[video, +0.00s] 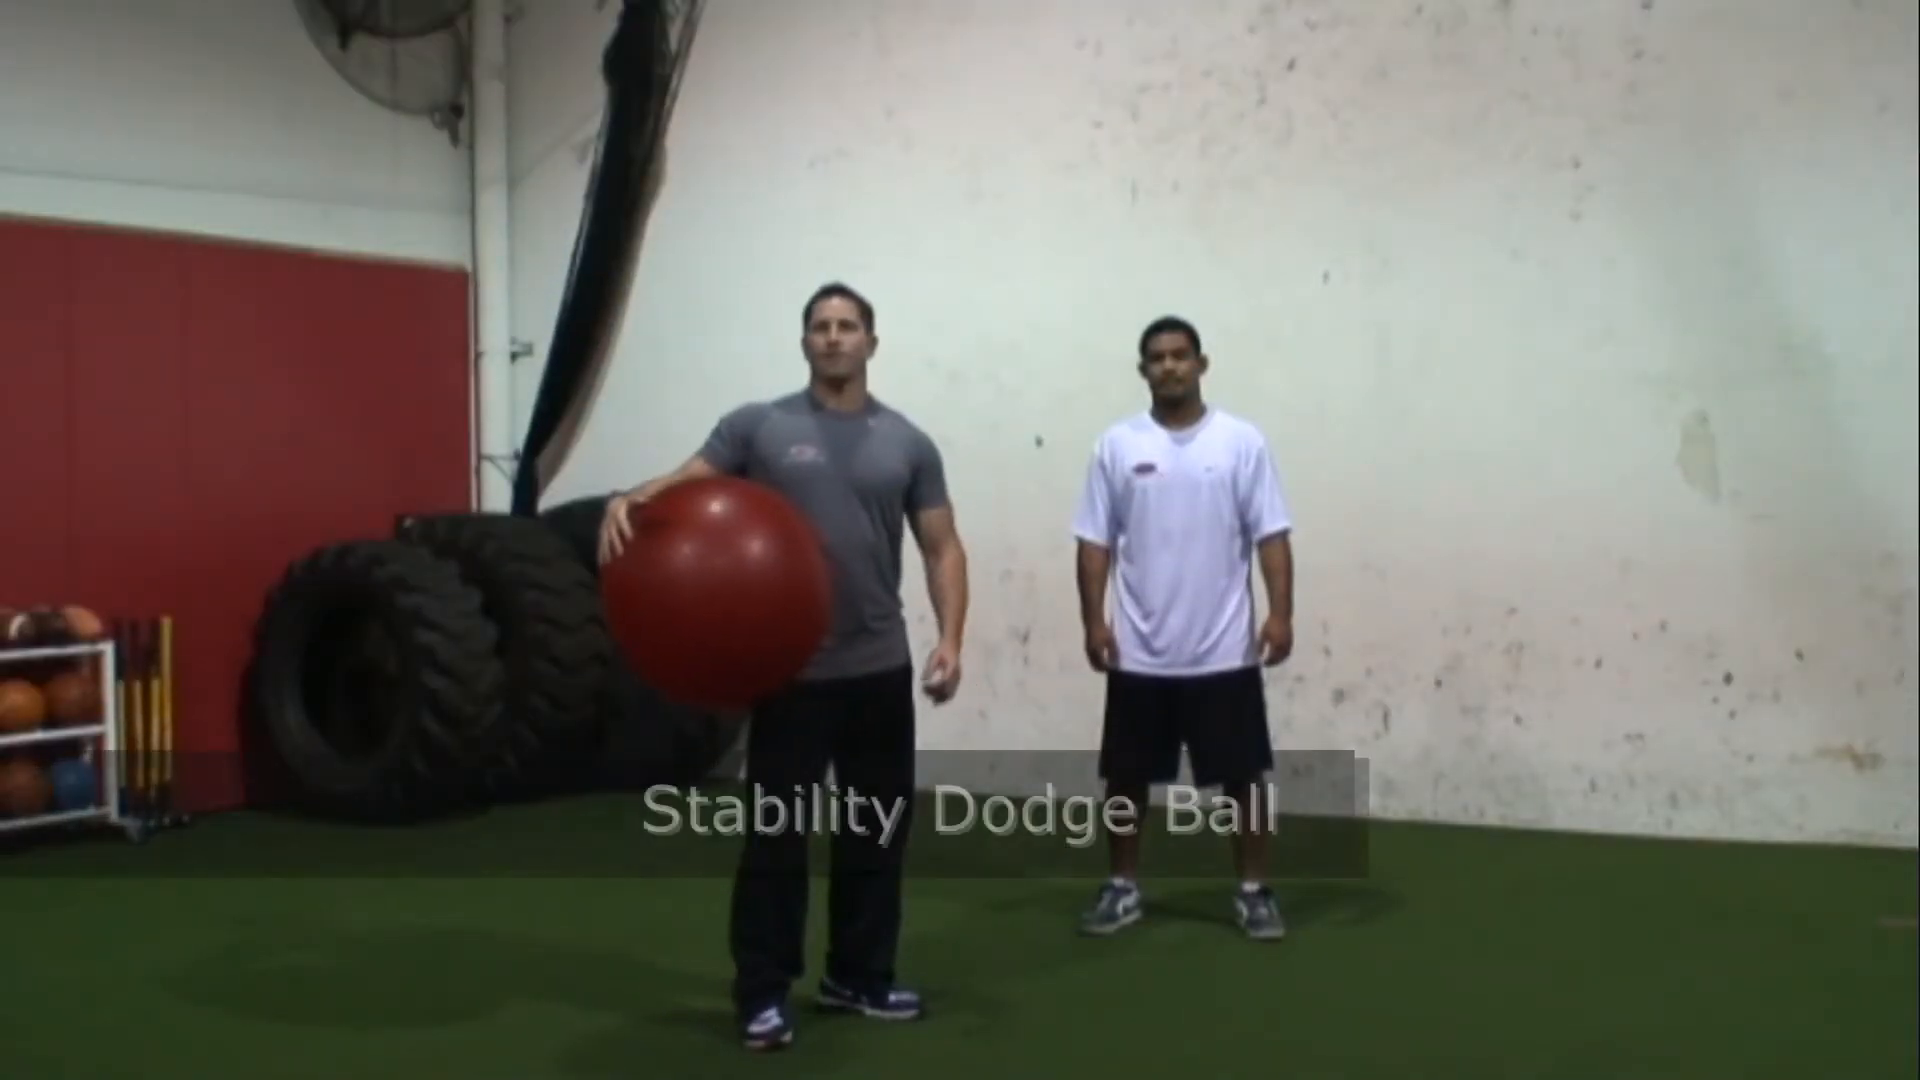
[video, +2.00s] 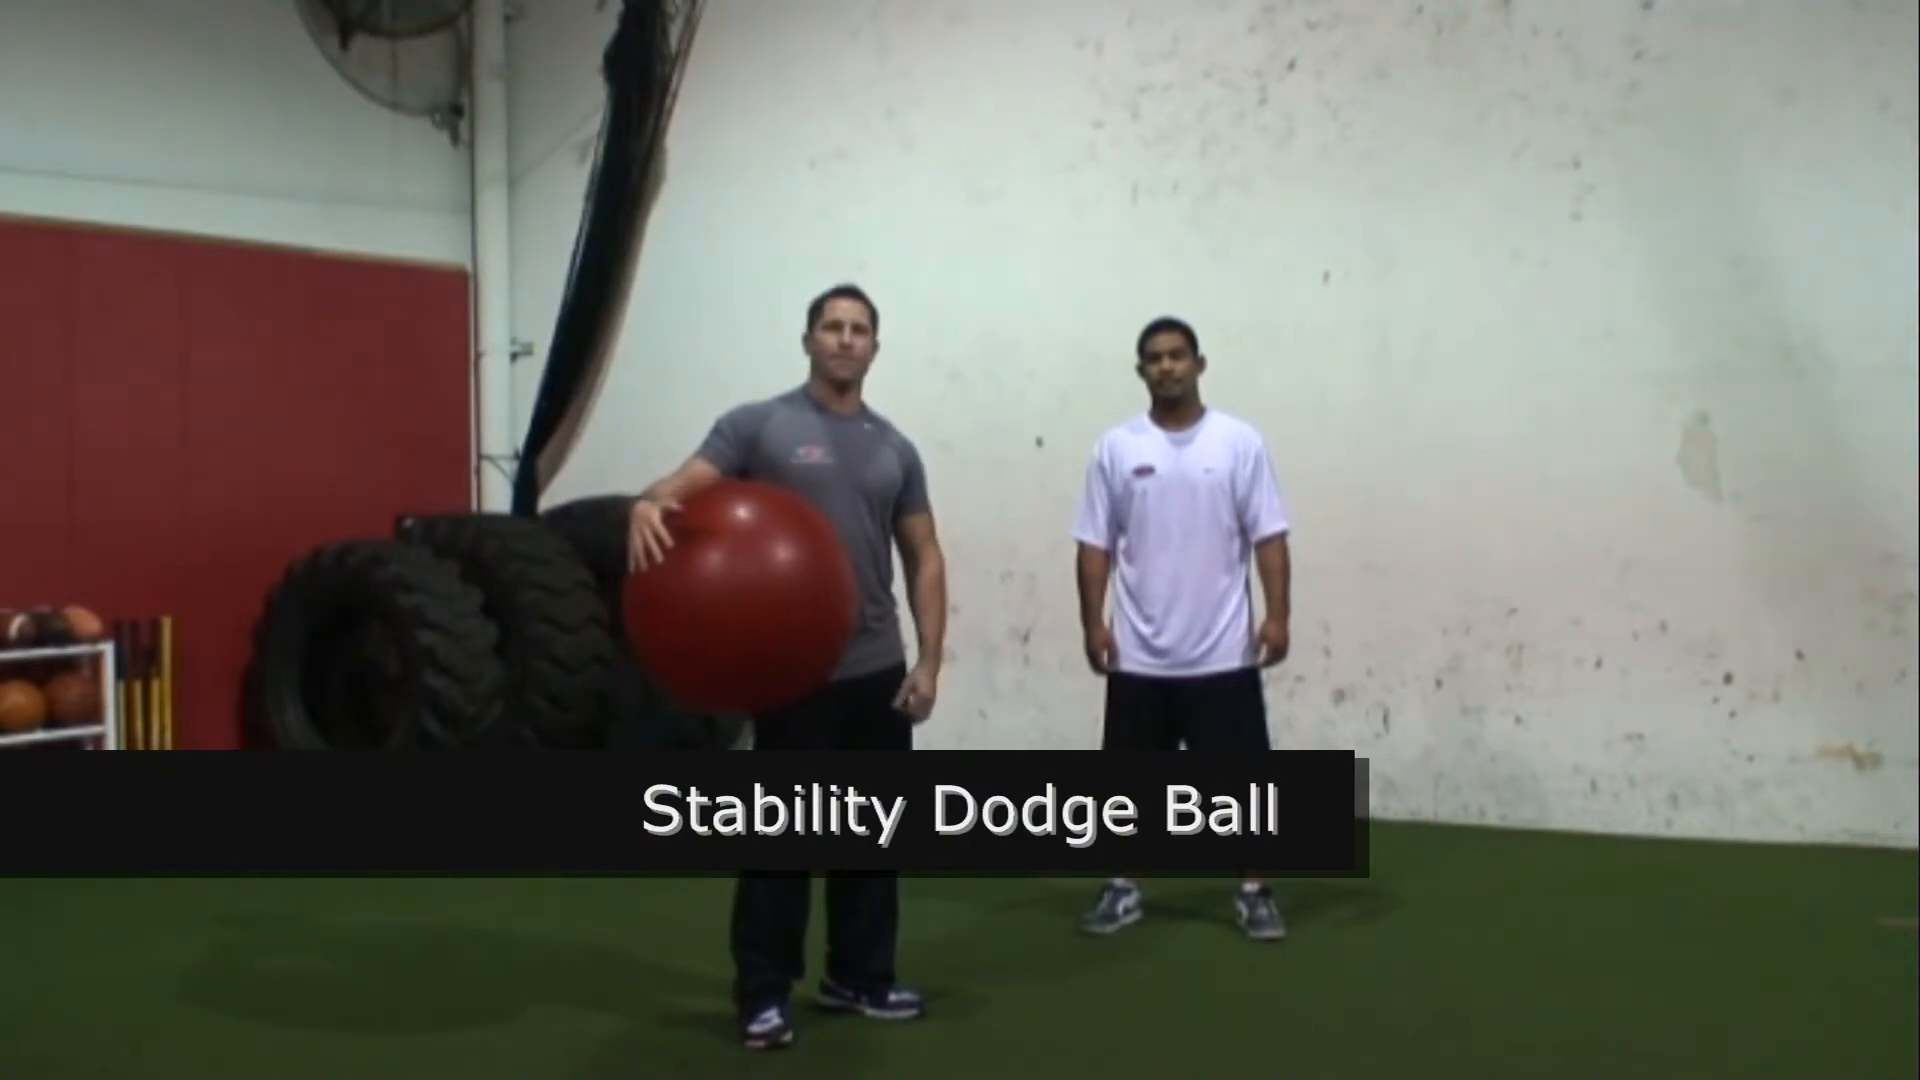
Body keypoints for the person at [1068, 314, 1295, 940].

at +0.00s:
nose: (1169, 366)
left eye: (1179, 356)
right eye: (1157, 358)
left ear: (1201, 364)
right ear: (1143, 371)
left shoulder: (1242, 442)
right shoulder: (1118, 446)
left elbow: (1271, 533)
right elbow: (1094, 539)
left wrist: (1281, 612)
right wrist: (1094, 620)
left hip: (1223, 645)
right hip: (1141, 646)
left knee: (1245, 780)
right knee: (1124, 779)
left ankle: (1253, 888)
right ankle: (1123, 884)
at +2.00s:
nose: (1166, 366)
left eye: (1177, 356)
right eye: (1155, 358)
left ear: (1199, 364)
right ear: (1141, 371)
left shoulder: (1240, 442)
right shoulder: (1117, 448)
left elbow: (1269, 534)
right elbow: (1094, 541)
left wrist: (1277, 613)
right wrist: (1093, 622)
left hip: (1222, 648)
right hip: (1140, 649)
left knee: (1242, 778)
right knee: (1124, 778)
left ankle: (1253, 887)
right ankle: (1123, 884)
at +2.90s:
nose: (1165, 367)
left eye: (1175, 356)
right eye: (1153, 359)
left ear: (1198, 364)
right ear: (1140, 372)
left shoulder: (1241, 442)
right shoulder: (1116, 447)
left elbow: (1270, 533)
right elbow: (1092, 540)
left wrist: (1279, 612)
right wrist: (1090, 621)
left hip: (1222, 647)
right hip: (1140, 648)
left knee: (1245, 780)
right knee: (1123, 781)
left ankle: (1254, 889)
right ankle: (1122, 885)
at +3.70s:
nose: (1164, 366)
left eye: (1174, 355)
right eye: (1152, 358)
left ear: (1198, 364)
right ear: (1139, 371)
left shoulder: (1240, 442)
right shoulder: (1116, 448)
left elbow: (1269, 534)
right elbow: (1092, 539)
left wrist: (1275, 614)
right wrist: (1090, 620)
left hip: (1221, 645)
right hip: (1138, 646)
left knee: (1242, 777)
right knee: (1123, 777)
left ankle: (1254, 889)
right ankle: (1122, 884)